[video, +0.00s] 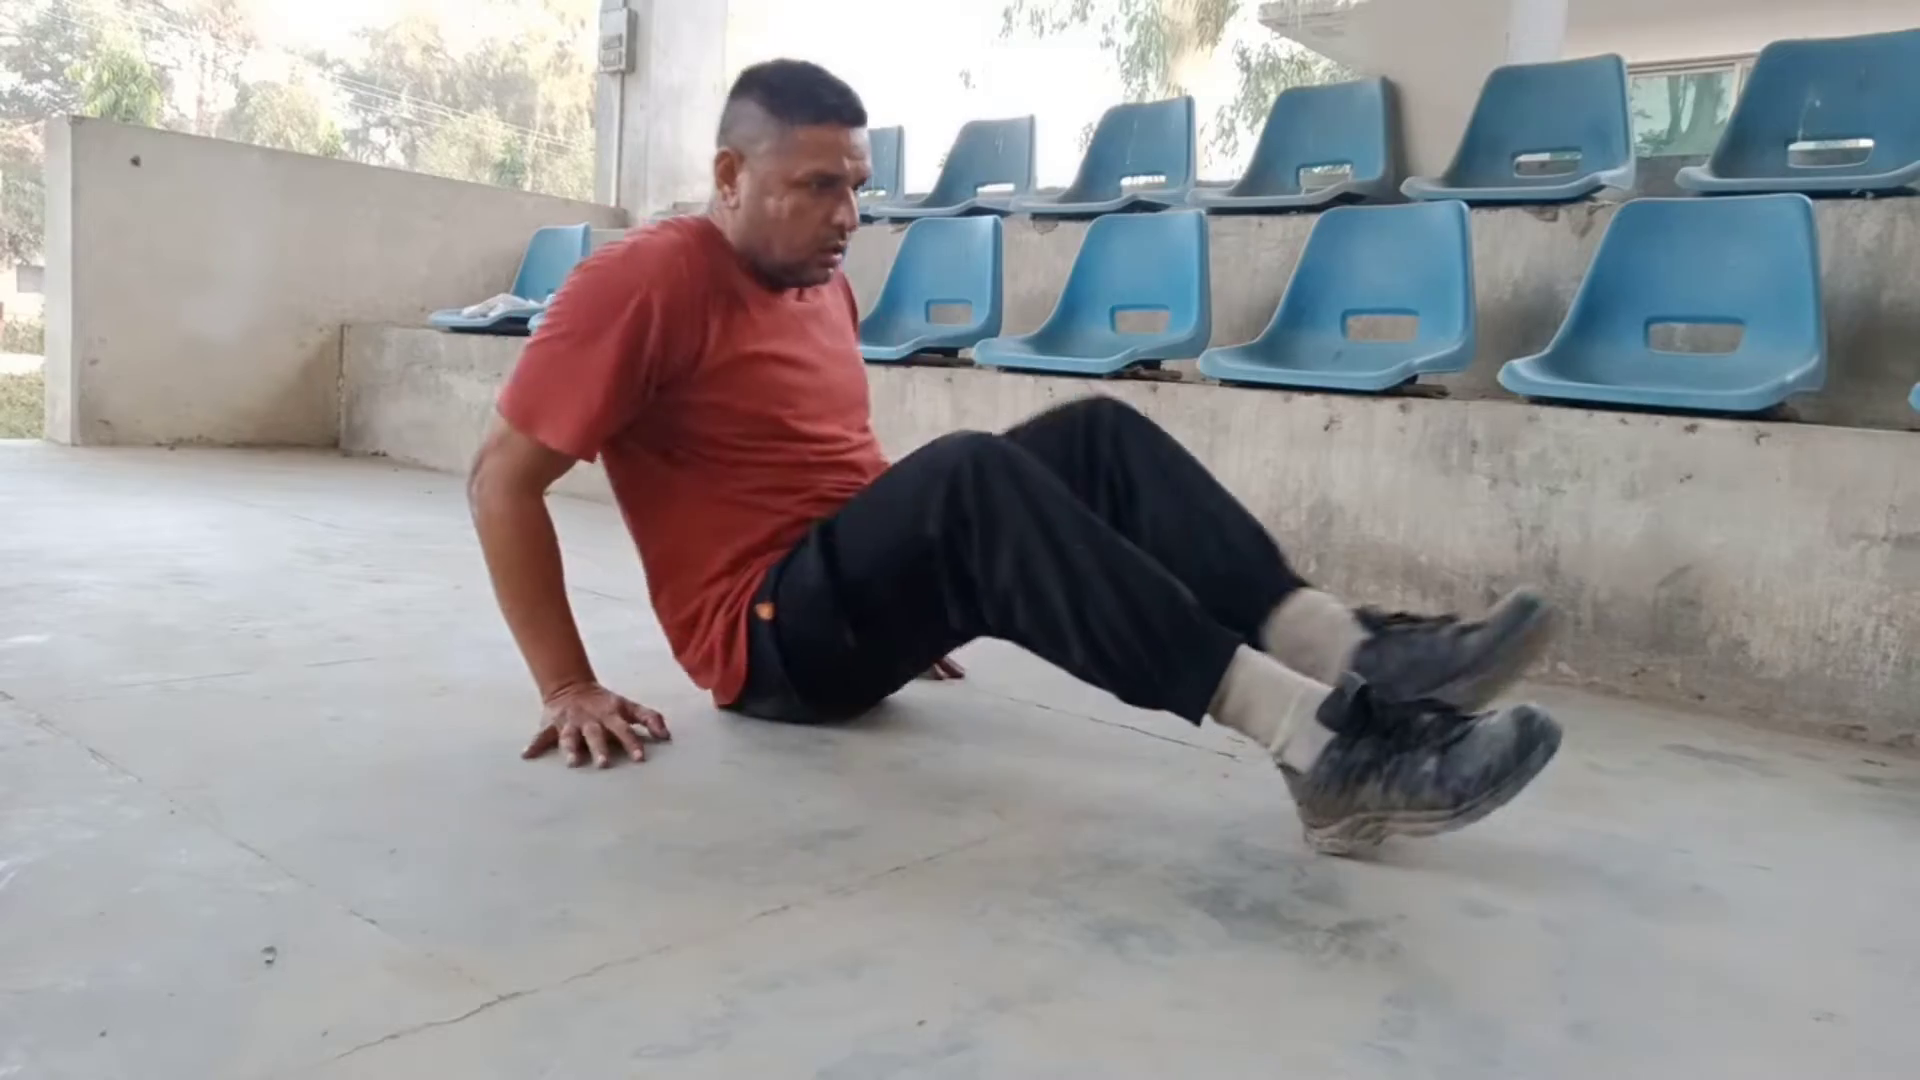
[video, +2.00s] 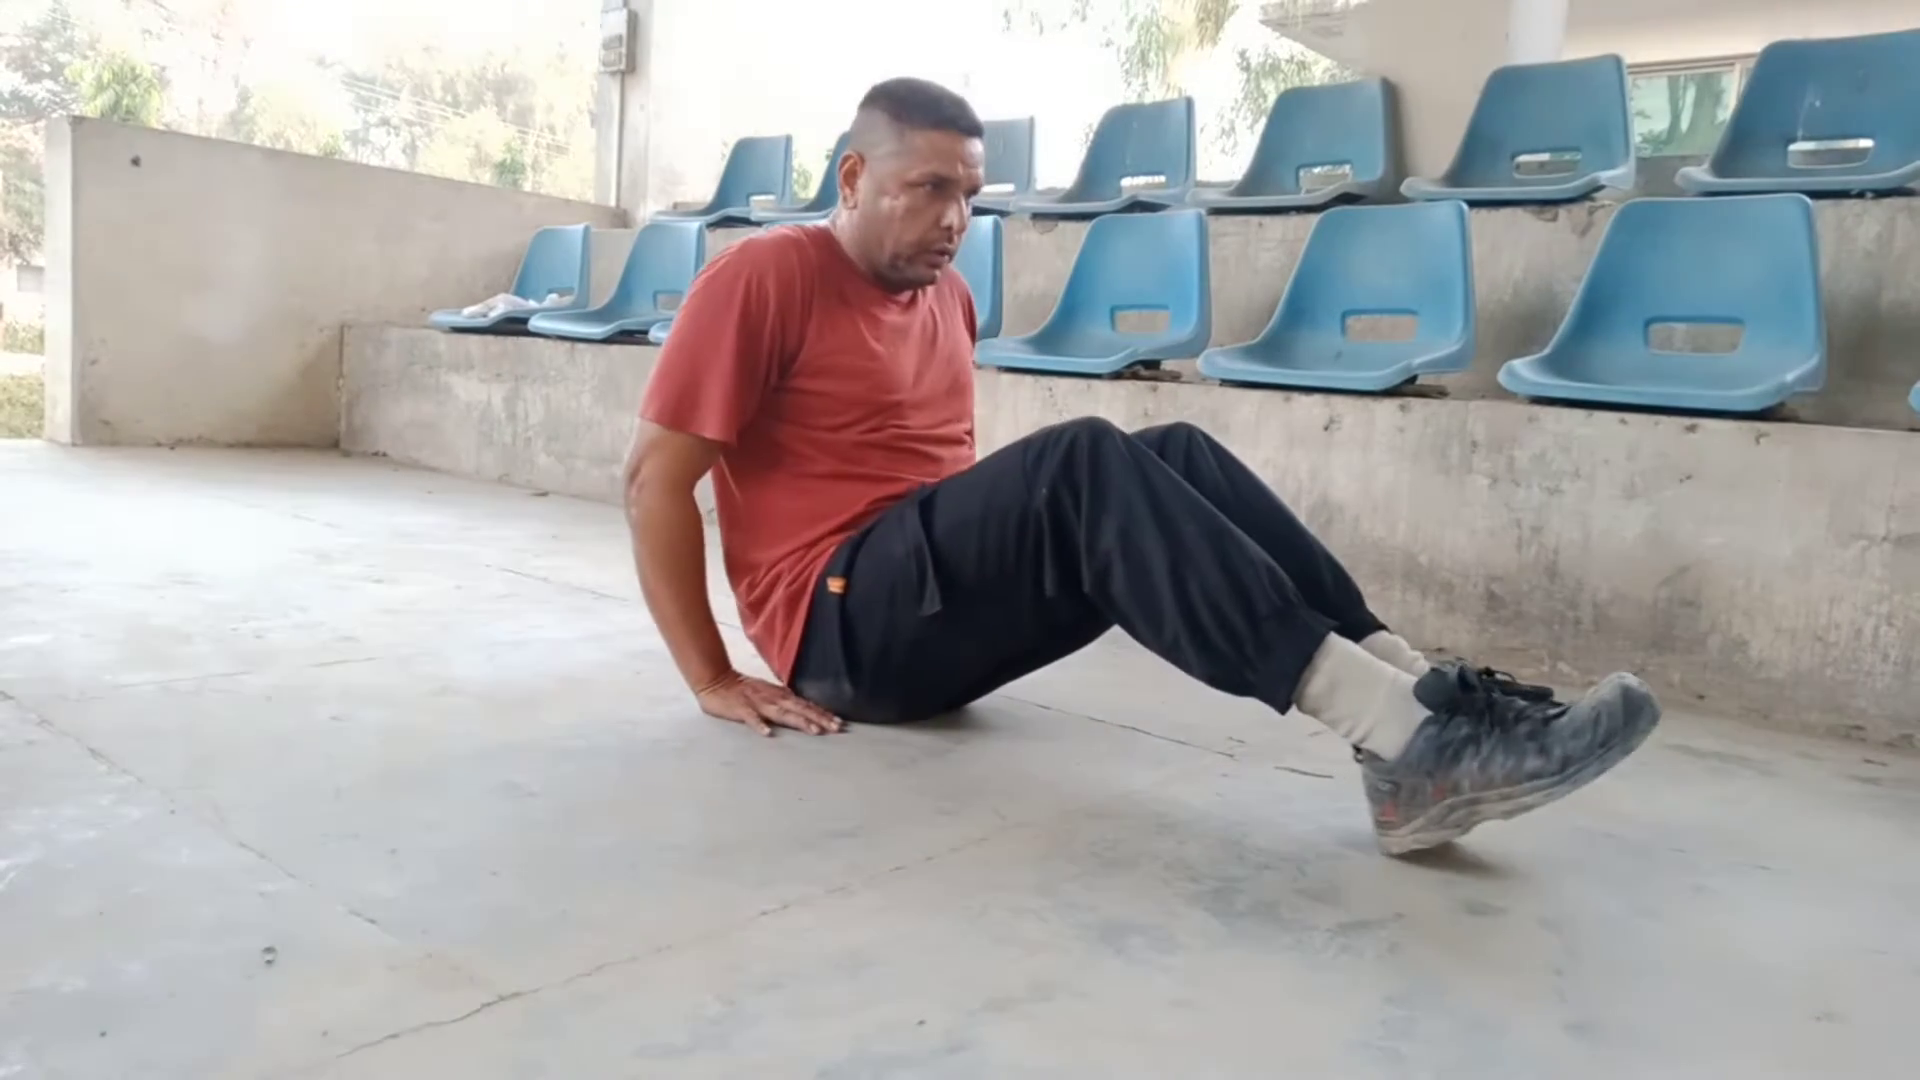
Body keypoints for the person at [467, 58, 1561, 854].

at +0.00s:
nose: (840, 214)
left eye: (851, 187)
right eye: (813, 188)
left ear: (846, 180)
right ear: (728, 178)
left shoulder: (821, 284)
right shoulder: (639, 282)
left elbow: (809, 460)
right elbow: (502, 483)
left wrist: (895, 618)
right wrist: (565, 686)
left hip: (859, 586)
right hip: (763, 632)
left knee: (1097, 432)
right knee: (970, 479)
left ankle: (1357, 661)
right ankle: (1319, 753)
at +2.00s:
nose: (953, 218)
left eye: (966, 194)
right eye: (932, 190)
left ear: (966, 194)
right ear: (852, 179)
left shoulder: (944, 298)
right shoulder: (759, 278)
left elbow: (924, 470)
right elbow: (655, 479)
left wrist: (917, 636)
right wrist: (709, 680)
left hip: (930, 610)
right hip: (836, 624)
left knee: (1177, 457)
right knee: (1084, 462)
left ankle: (1443, 716)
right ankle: (1397, 746)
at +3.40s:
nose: (881, 241)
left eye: (893, 217)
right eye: (856, 214)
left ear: (900, 211)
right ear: (779, 203)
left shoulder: (894, 300)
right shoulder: (694, 297)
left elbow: (902, 450)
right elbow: (560, 471)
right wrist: (582, 678)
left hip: (915, 625)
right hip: (817, 629)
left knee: (1087, 369)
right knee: (996, 377)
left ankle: (1285, 618)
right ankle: (1246, 655)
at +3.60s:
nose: (889, 251)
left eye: (902, 225)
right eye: (866, 223)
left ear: (906, 217)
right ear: (787, 207)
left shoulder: (897, 298)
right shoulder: (700, 289)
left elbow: (915, 448)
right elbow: (569, 466)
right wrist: (583, 683)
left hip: (915, 636)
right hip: (809, 634)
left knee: (1051, 353)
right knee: (934, 351)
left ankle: (1182, 635)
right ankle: (1137, 655)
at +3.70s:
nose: (871, 250)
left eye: (882, 226)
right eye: (844, 224)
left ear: (888, 219)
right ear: (769, 209)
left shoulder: (882, 303)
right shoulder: (689, 294)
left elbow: (901, 455)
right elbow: (551, 470)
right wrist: (583, 681)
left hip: (912, 629)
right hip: (810, 633)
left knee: (1074, 368)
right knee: (964, 367)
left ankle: (1235, 644)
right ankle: (1195, 676)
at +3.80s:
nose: (836, 248)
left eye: (848, 225)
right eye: (812, 223)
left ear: (849, 220)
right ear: (737, 212)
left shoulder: (854, 309)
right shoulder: (662, 312)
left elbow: (887, 458)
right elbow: (524, 481)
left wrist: (929, 571)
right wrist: (578, 679)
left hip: (903, 611)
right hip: (812, 623)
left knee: (1120, 408)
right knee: (1037, 417)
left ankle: (1361, 646)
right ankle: (1328, 659)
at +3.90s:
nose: (808, 247)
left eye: (818, 224)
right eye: (779, 225)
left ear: (824, 221)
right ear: (706, 221)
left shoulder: (828, 315)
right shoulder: (643, 321)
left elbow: (864, 462)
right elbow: (507, 491)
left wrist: (913, 553)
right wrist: (576, 683)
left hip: (906, 570)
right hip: (823, 612)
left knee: (1145, 486)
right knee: (1108, 494)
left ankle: (1486, 639)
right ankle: (1476, 631)